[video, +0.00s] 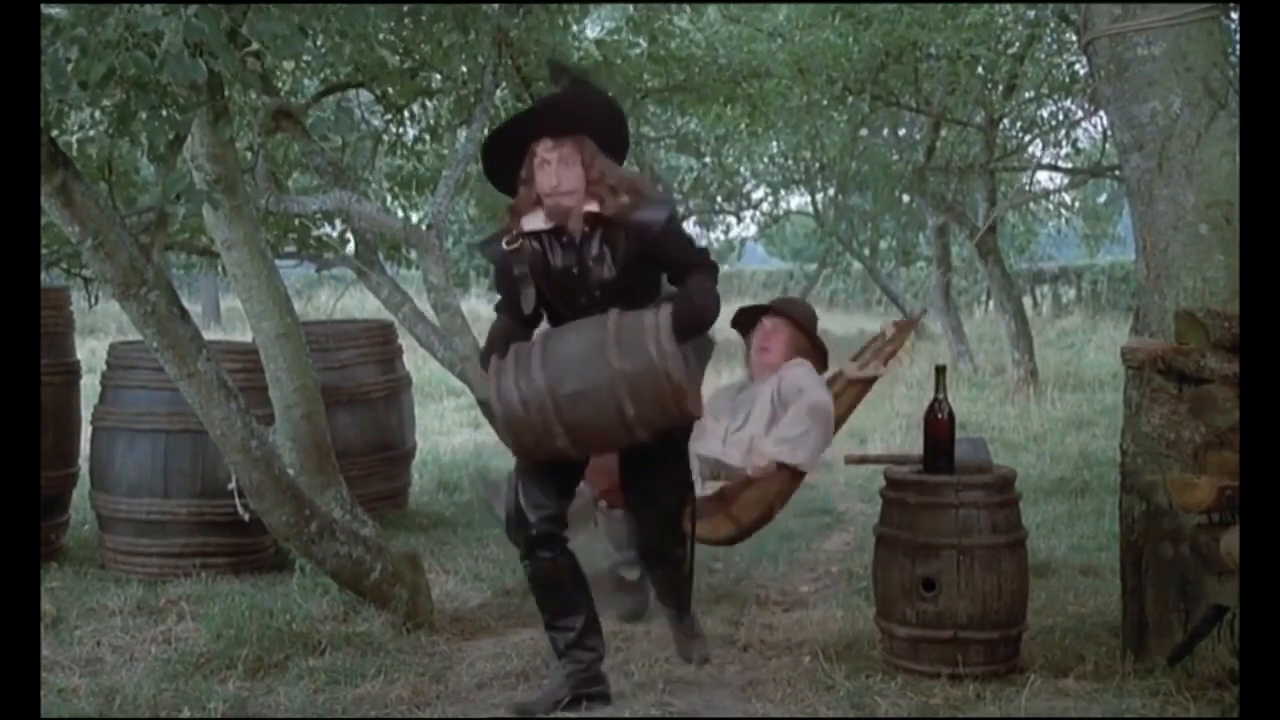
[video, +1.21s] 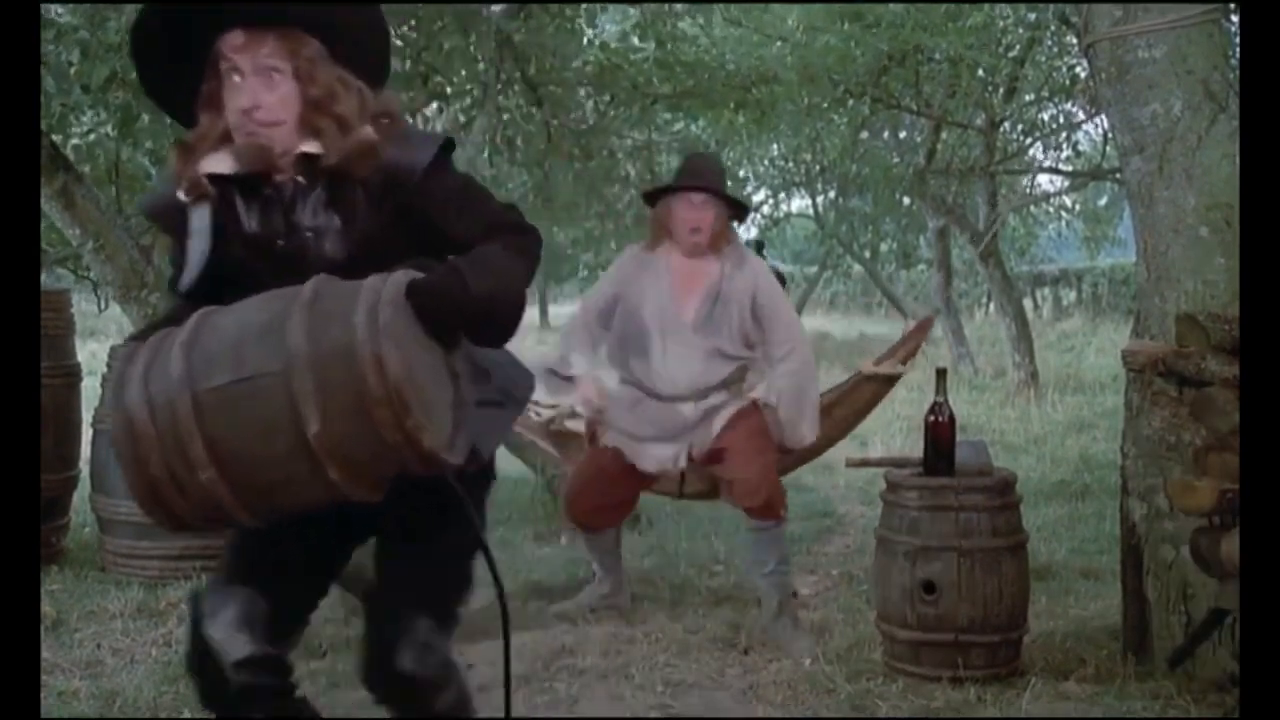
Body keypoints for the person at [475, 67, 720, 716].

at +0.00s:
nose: (555, 172)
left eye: (567, 160)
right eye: (544, 163)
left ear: (594, 169)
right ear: (528, 177)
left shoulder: (641, 220)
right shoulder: (518, 244)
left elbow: (699, 273)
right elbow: (515, 318)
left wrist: (675, 338)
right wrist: (500, 361)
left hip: (649, 382)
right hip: (562, 394)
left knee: (660, 517)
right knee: (532, 521)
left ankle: (679, 608)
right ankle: (580, 665)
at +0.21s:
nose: (523, 158)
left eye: (536, 145)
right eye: (512, 148)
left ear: (567, 156)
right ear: (500, 165)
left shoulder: (611, 216)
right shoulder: (490, 236)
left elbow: (693, 284)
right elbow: (478, 323)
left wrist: (609, 302)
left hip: (618, 402)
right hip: (537, 410)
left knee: (602, 509)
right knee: (503, 539)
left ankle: (617, 657)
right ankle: (579, 670)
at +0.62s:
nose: (485, 142)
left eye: (502, 129)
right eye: (474, 128)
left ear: (533, 141)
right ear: (454, 140)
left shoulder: (576, 213)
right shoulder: (434, 224)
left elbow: (650, 283)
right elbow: (390, 325)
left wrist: (588, 324)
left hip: (570, 439)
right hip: (474, 437)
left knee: (530, 586)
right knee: (410, 588)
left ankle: (509, 710)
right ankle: (521, 630)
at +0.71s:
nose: (468, 137)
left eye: (484, 123)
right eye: (453, 122)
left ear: (516, 135)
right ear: (431, 138)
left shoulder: (564, 206)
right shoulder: (413, 226)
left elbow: (644, 270)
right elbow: (384, 320)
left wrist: (571, 319)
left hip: (572, 436)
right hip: (468, 434)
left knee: (539, 599)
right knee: (365, 551)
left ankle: (515, 708)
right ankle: (454, 676)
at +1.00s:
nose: (368, 127)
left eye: (388, 109)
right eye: (351, 110)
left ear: (427, 120)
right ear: (335, 127)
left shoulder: (495, 197)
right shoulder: (317, 229)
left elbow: (588, 272)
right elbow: (308, 326)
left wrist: (503, 319)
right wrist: (275, 349)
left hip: (513, 452)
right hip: (395, 459)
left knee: (507, 628)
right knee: (341, 608)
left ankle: (498, 707)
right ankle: (350, 699)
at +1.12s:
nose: (286, 111)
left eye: (306, 89)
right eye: (270, 93)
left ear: (351, 100)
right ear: (251, 111)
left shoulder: (432, 176)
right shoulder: (244, 222)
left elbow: (541, 241)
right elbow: (237, 333)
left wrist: (467, 303)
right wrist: (217, 372)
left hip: (470, 452)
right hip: (341, 463)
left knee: (482, 674)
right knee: (278, 631)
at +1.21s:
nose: (252, 97)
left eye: (274, 74)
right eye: (234, 75)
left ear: (318, 84)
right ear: (215, 93)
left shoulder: (393, 167)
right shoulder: (213, 199)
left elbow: (512, 243)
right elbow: (194, 324)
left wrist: (436, 297)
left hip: (436, 445)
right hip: (308, 452)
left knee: (403, 660)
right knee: (228, 649)